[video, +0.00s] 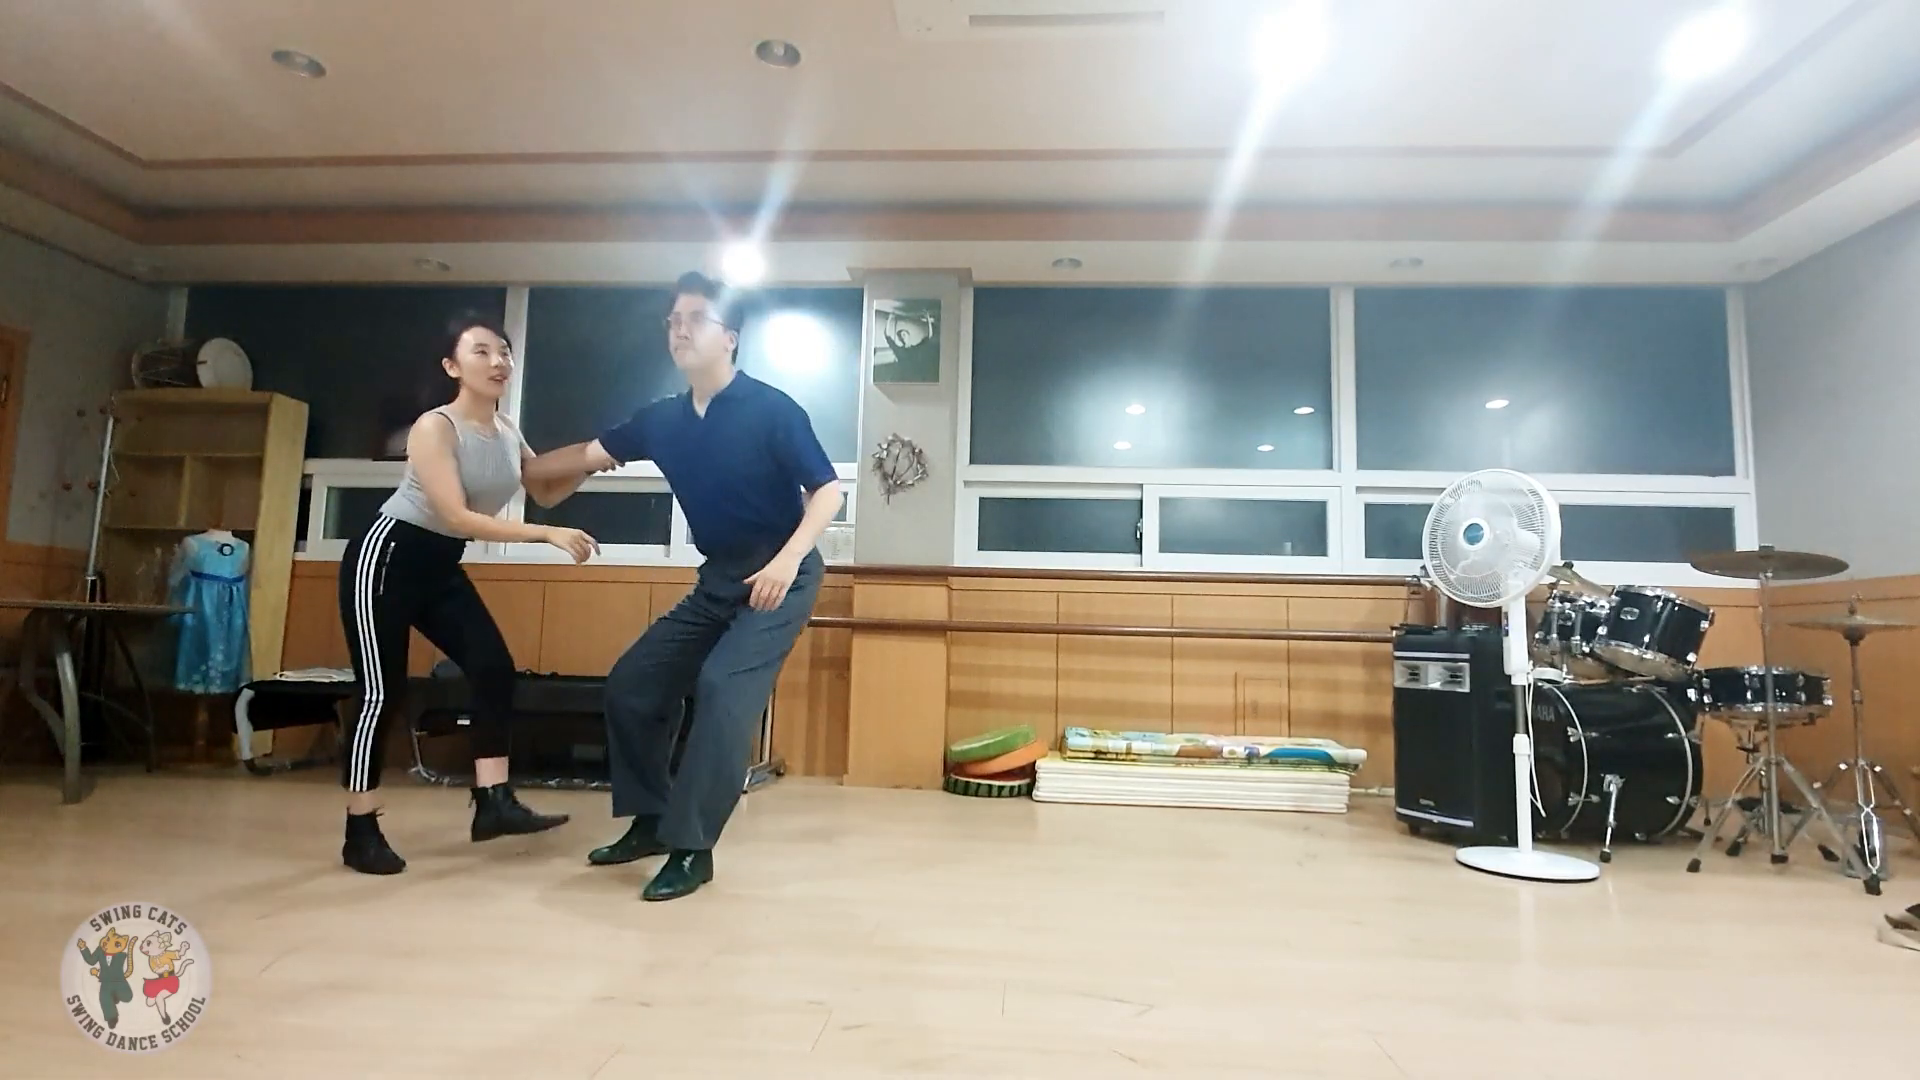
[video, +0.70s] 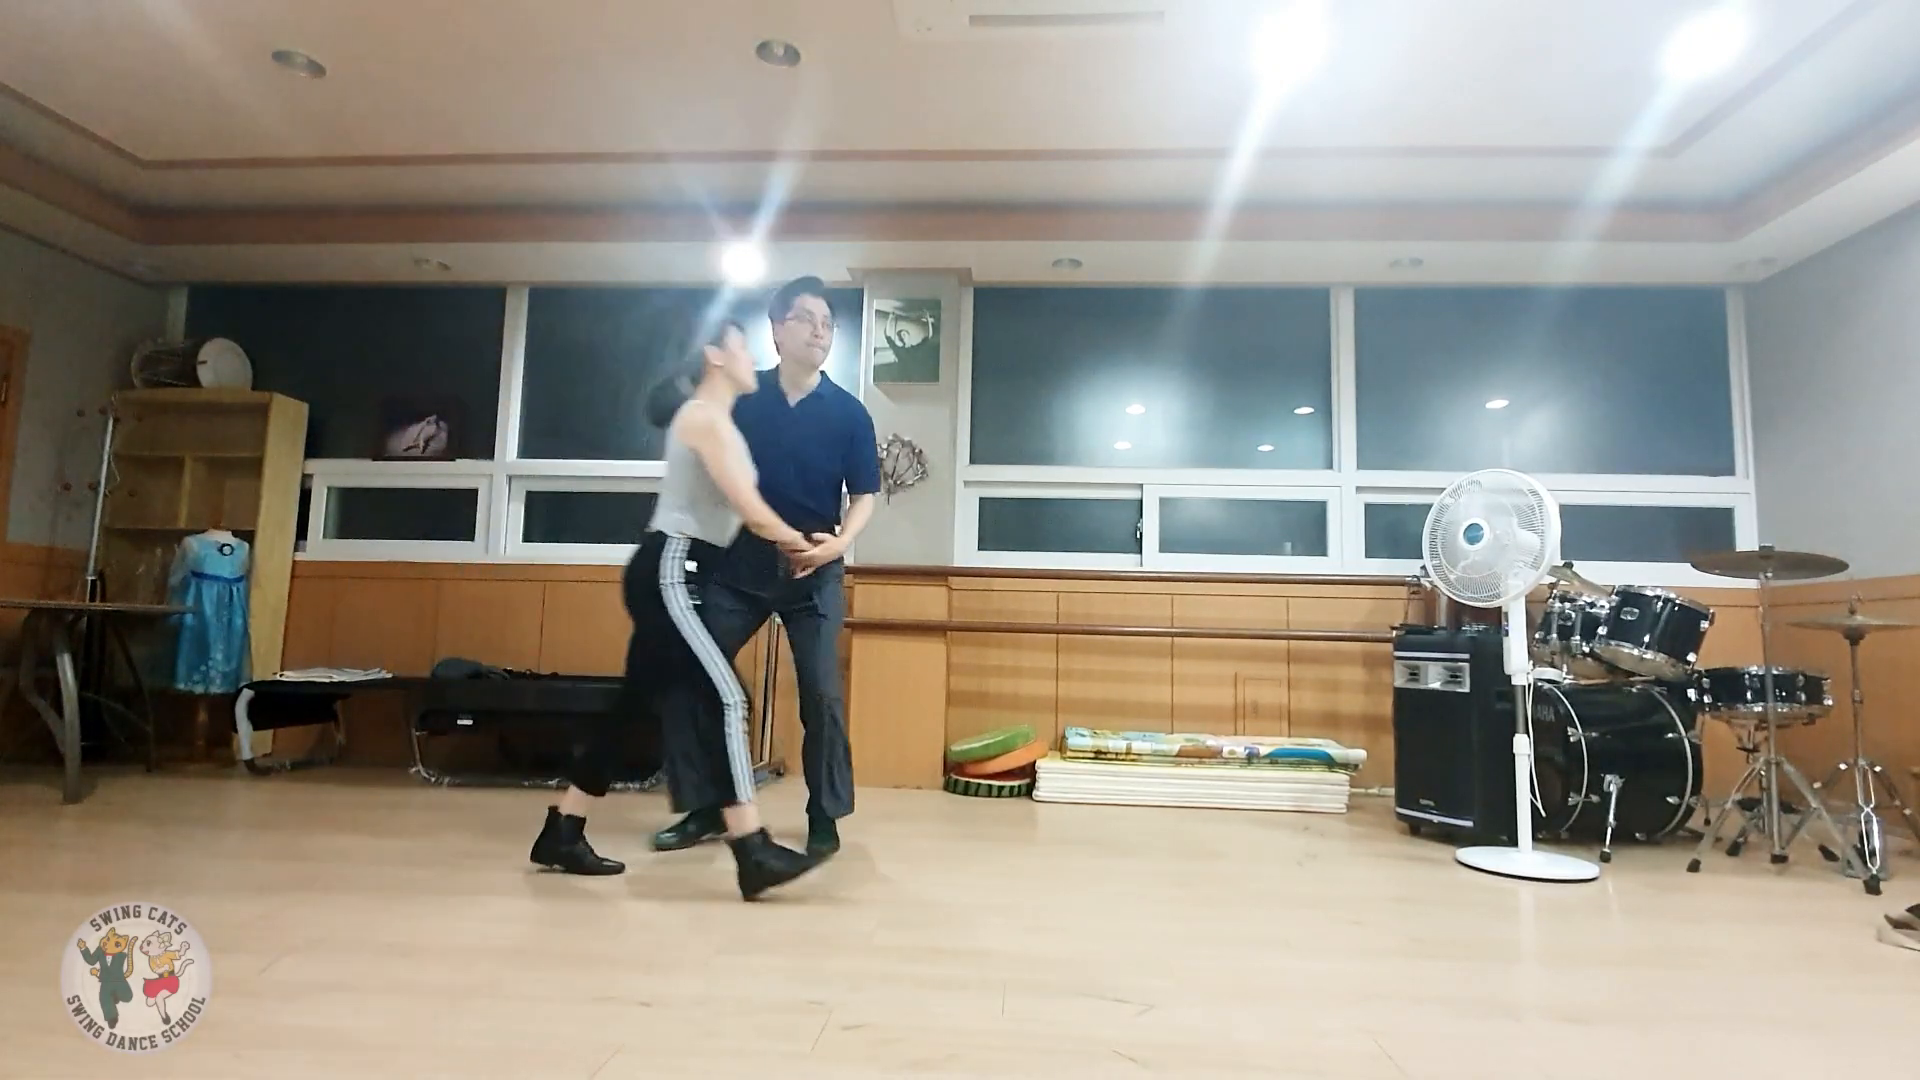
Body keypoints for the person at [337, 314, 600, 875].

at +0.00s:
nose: (498, 361)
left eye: (504, 353)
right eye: (482, 351)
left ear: (511, 366)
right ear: (453, 365)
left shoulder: (507, 432)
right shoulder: (434, 428)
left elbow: (545, 488)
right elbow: (455, 518)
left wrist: (593, 459)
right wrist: (546, 532)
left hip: (439, 567)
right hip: (385, 557)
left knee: (493, 667)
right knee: (381, 692)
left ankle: (494, 805)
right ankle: (361, 828)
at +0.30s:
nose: (570, 364)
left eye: (571, 356)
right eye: (553, 356)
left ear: (574, 373)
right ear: (520, 374)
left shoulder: (564, 435)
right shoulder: (506, 434)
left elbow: (579, 502)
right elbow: (545, 523)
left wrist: (646, 466)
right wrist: (635, 538)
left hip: (516, 579)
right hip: (468, 571)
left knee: (551, 693)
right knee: (447, 710)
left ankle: (555, 836)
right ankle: (372, 822)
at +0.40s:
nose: (613, 353)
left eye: (612, 344)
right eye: (598, 343)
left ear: (608, 359)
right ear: (563, 357)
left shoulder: (599, 429)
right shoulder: (550, 419)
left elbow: (615, 486)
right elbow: (600, 503)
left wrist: (659, 456)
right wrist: (685, 528)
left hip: (564, 566)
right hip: (523, 558)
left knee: (579, 694)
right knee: (529, 704)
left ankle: (557, 836)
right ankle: (431, 788)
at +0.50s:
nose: (658, 343)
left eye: (657, 335)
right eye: (643, 332)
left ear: (648, 351)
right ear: (609, 345)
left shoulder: (633, 415)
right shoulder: (596, 408)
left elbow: (663, 476)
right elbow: (651, 494)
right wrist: (723, 523)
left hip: (601, 560)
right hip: (571, 554)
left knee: (604, 691)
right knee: (609, 689)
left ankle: (563, 829)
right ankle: (525, 806)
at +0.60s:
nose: (705, 346)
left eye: (701, 336)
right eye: (693, 336)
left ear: (671, 350)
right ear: (658, 347)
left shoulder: (672, 415)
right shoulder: (649, 409)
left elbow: (687, 494)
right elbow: (695, 496)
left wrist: (745, 519)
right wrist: (758, 534)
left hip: (634, 559)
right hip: (617, 558)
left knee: (615, 697)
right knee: (676, 686)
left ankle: (559, 834)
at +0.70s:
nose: (751, 353)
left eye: (746, 342)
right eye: (741, 343)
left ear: (717, 356)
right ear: (714, 356)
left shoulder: (713, 418)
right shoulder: (703, 418)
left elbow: (743, 504)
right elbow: (749, 507)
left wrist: (791, 535)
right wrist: (795, 540)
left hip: (679, 566)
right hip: (671, 566)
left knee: (636, 702)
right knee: (724, 696)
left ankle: (562, 831)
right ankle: (753, 850)